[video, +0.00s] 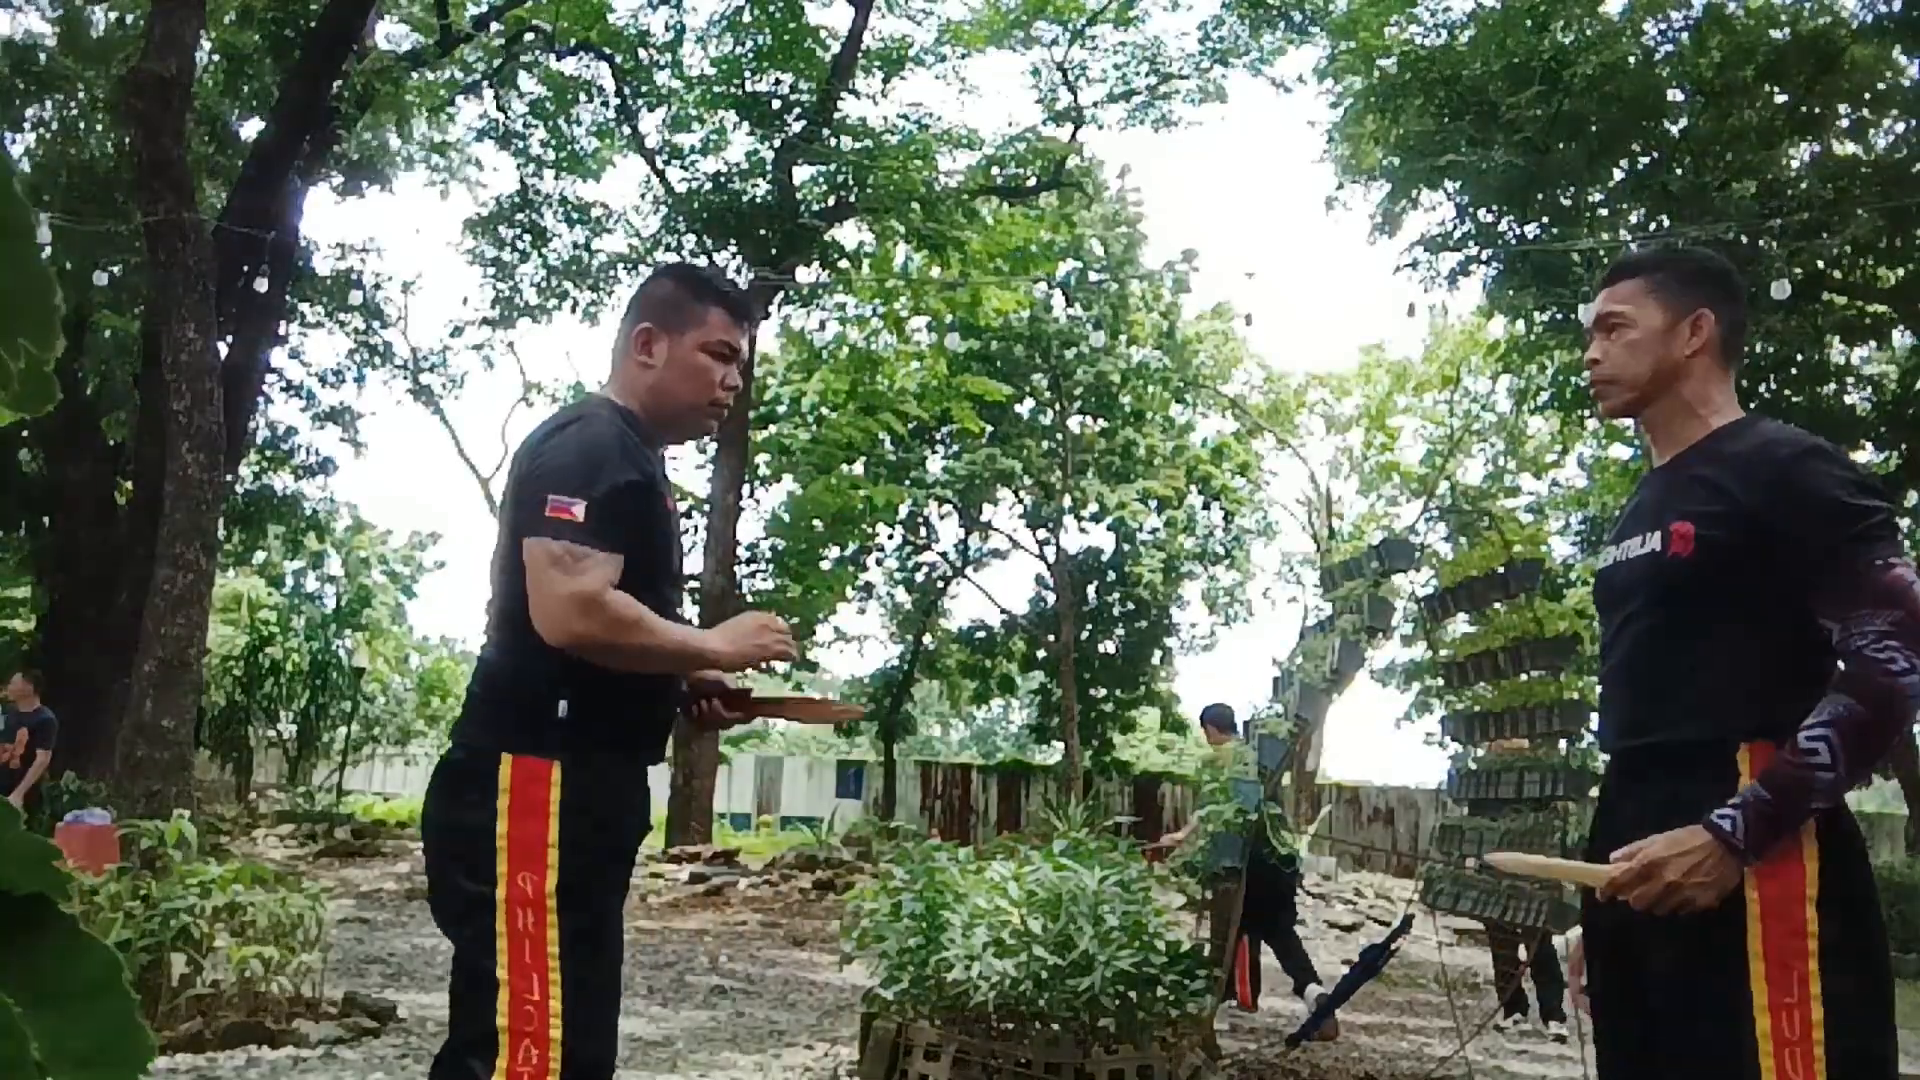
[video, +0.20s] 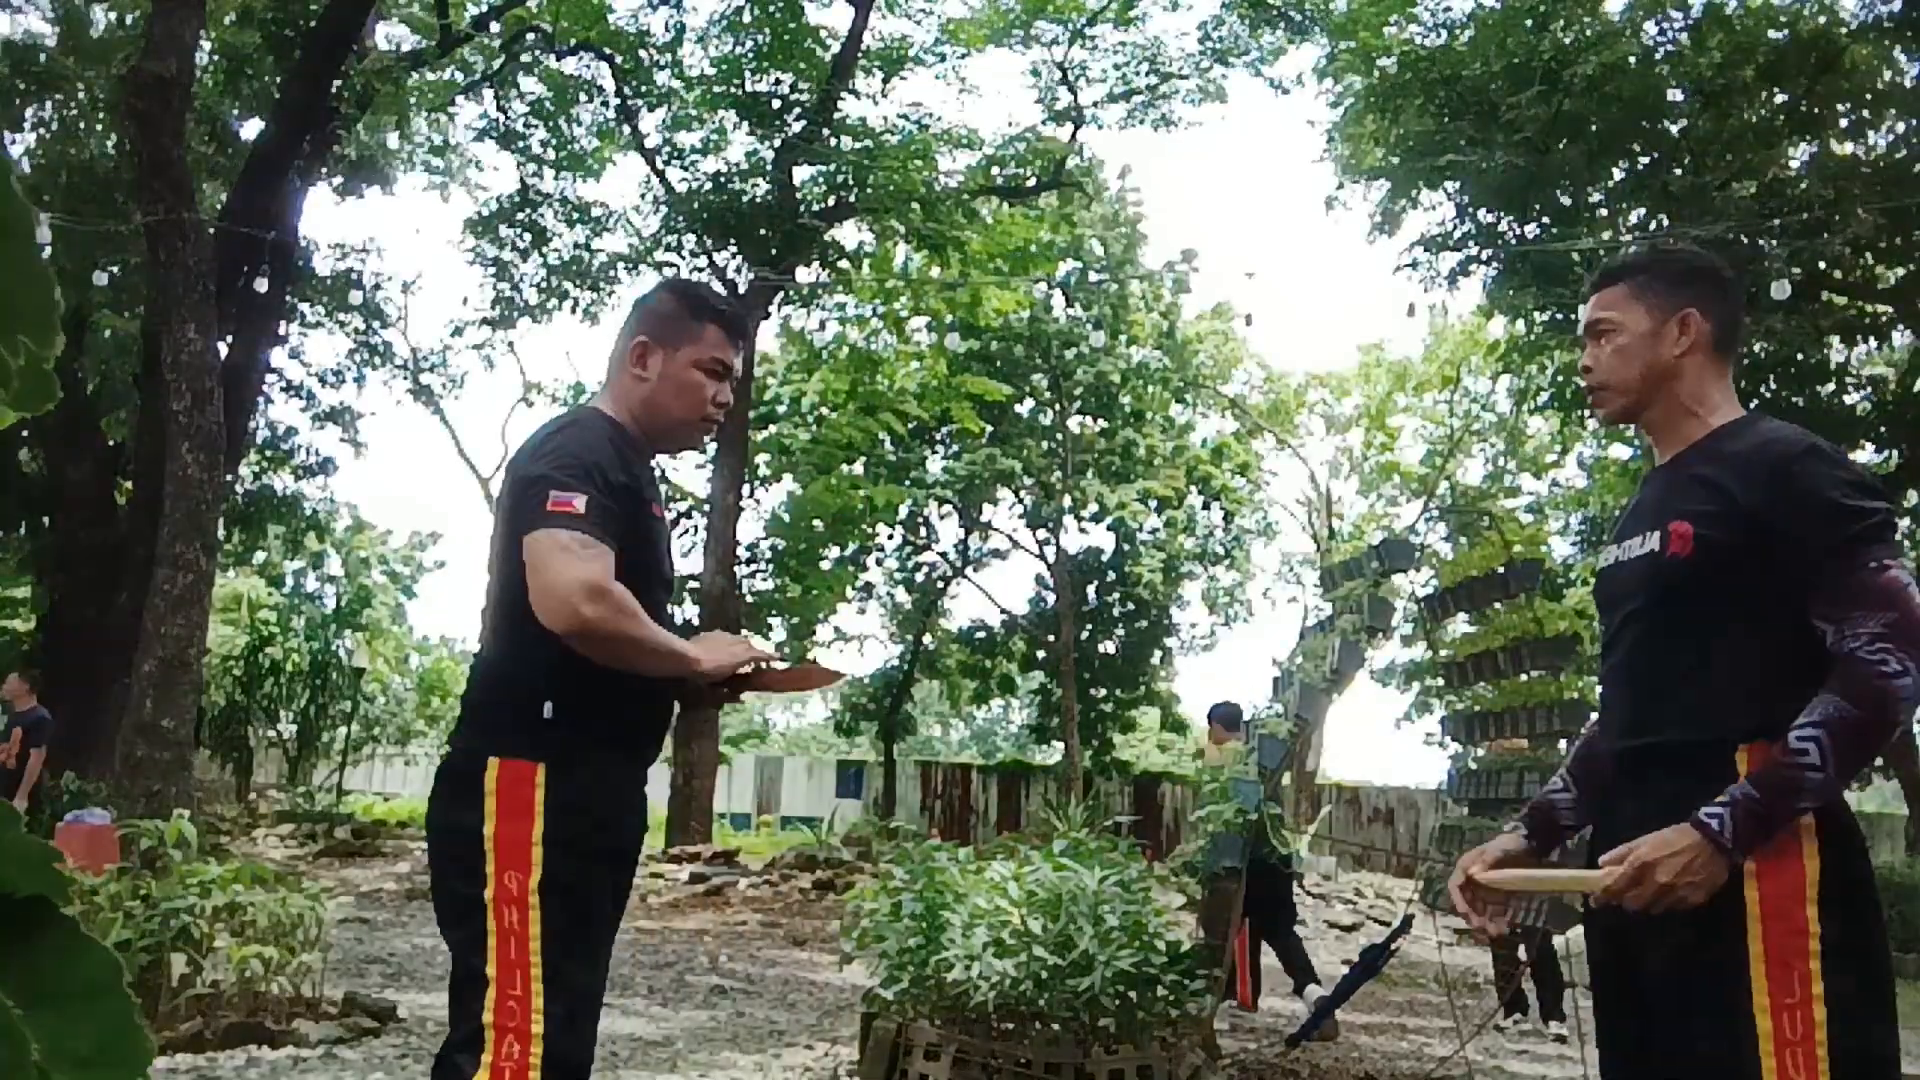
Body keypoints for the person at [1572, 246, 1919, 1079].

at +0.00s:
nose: (1589, 349)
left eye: (1612, 325)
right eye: (1590, 331)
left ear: (1694, 333)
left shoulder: (1784, 463)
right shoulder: (1640, 504)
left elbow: (1894, 659)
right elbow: (1652, 725)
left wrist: (1736, 831)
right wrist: (1603, 917)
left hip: (1768, 866)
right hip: (1639, 863)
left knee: (1782, 1064)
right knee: (1644, 1063)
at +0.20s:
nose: (1582, 362)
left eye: (1602, 333)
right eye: (1584, 340)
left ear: (1684, 333)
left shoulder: (1786, 463)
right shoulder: (1643, 504)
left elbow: (1887, 661)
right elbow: (1632, 707)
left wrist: (1724, 829)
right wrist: (1533, 833)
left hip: (1765, 860)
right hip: (1638, 863)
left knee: (1783, 1065)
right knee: (1645, 1064)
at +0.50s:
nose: (1557, 400)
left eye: (1572, 368)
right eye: (1551, 380)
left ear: (1651, 348)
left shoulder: (1774, 463)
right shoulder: (1626, 515)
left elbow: (1905, 634)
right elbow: (1630, 703)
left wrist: (1768, 813)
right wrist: (1511, 711)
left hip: (1764, 835)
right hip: (1633, 842)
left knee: (1776, 1061)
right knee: (1639, 1062)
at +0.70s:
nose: (1509, 487)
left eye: (1509, 456)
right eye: (1498, 467)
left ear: (1578, 412)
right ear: (1577, 414)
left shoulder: (1719, 478)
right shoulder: (1601, 556)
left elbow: (1893, 602)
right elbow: (1575, 742)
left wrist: (1763, 802)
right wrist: (1513, 635)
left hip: (1774, 843)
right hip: (1663, 850)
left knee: (1721, 1065)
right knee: (1628, 1063)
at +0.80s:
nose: (1493, 546)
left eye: (1483, 516)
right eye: (1477, 528)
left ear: (1537, 470)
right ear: (1542, 472)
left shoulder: (1665, 513)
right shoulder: (1627, 574)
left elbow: (1738, 627)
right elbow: (1603, 780)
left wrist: (1613, 833)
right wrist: (1535, 647)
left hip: (1768, 858)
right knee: (1634, 1061)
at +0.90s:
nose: (1488, 562)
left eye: (1477, 534)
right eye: (1472, 544)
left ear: (1519, 486)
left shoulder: (1591, 526)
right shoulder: (1703, 527)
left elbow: (1507, 704)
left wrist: (1421, 882)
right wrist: (1666, 804)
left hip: (1755, 867)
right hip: (1870, 857)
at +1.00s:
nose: (1501, 533)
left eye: (1495, 511)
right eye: (1494, 518)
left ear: (1524, 472)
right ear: (1609, 447)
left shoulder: (1534, 545)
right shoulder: (1802, 501)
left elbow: (1406, 715)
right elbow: (1871, 684)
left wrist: (1401, 825)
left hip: (1712, 875)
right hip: (1892, 851)